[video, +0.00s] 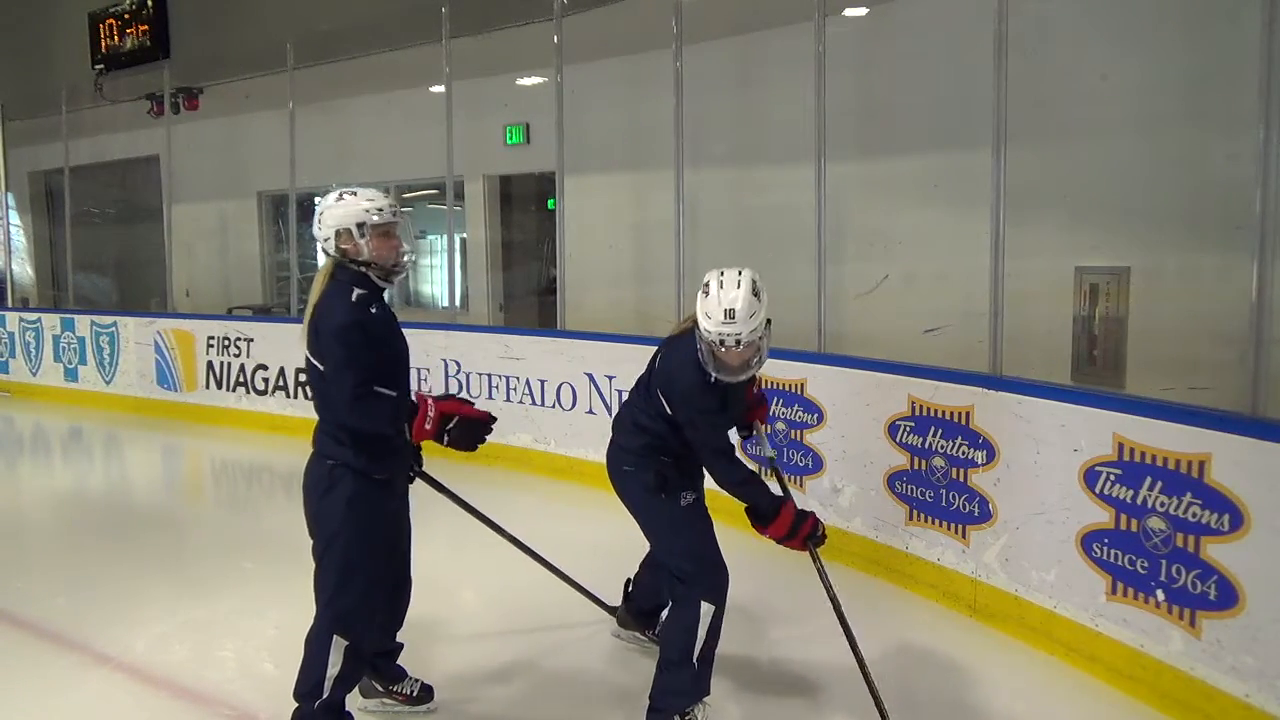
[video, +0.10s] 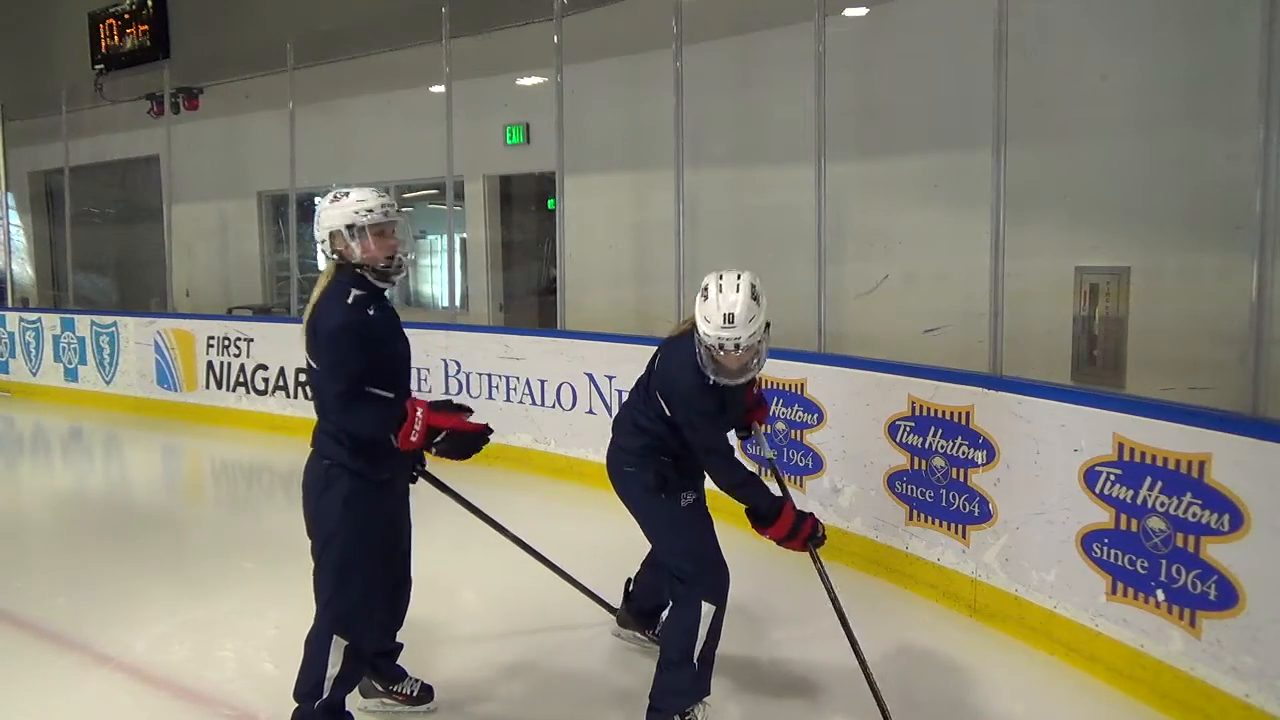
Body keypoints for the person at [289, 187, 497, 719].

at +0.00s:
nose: (395, 244)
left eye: (396, 233)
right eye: (381, 235)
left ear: (393, 236)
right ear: (347, 242)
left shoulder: (367, 296)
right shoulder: (340, 305)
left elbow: (376, 390)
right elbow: (345, 402)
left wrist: (424, 423)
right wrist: (423, 419)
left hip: (377, 468)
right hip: (346, 473)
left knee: (387, 579)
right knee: (346, 601)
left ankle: (377, 670)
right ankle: (318, 708)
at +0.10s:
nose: (389, 246)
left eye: (392, 234)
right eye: (375, 236)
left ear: (394, 236)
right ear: (343, 244)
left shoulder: (370, 297)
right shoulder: (338, 308)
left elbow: (377, 392)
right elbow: (337, 405)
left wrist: (430, 416)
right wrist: (416, 429)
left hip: (377, 468)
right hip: (345, 475)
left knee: (387, 579)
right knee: (345, 601)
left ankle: (376, 670)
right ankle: (317, 707)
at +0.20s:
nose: (380, 247)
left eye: (386, 235)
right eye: (365, 238)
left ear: (397, 238)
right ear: (339, 246)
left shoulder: (378, 298)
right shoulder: (333, 310)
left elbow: (381, 393)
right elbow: (334, 408)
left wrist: (418, 430)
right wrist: (404, 431)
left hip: (380, 468)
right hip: (342, 475)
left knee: (387, 578)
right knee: (345, 599)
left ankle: (377, 671)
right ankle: (317, 708)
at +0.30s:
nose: (374, 248)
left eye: (382, 236)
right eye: (361, 238)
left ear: (394, 240)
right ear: (341, 245)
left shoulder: (390, 304)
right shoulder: (328, 314)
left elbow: (391, 393)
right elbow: (327, 408)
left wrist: (415, 441)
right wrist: (388, 433)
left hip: (383, 469)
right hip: (338, 474)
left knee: (388, 577)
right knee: (344, 593)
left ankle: (376, 670)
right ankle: (318, 706)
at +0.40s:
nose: (366, 251)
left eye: (375, 239)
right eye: (353, 241)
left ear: (392, 244)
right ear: (335, 248)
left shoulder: (396, 306)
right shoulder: (321, 317)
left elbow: (399, 386)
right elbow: (321, 411)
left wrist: (424, 424)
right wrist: (384, 436)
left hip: (388, 472)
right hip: (337, 477)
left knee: (387, 579)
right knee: (345, 596)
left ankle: (376, 670)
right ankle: (320, 707)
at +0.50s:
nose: (364, 254)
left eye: (375, 242)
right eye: (352, 243)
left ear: (391, 247)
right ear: (334, 249)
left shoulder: (399, 305)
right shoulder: (315, 320)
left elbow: (405, 381)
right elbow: (316, 413)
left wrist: (432, 421)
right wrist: (375, 440)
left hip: (389, 474)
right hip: (335, 478)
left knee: (387, 580)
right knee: (344, 595)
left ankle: (376, 671)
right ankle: (321, 707)